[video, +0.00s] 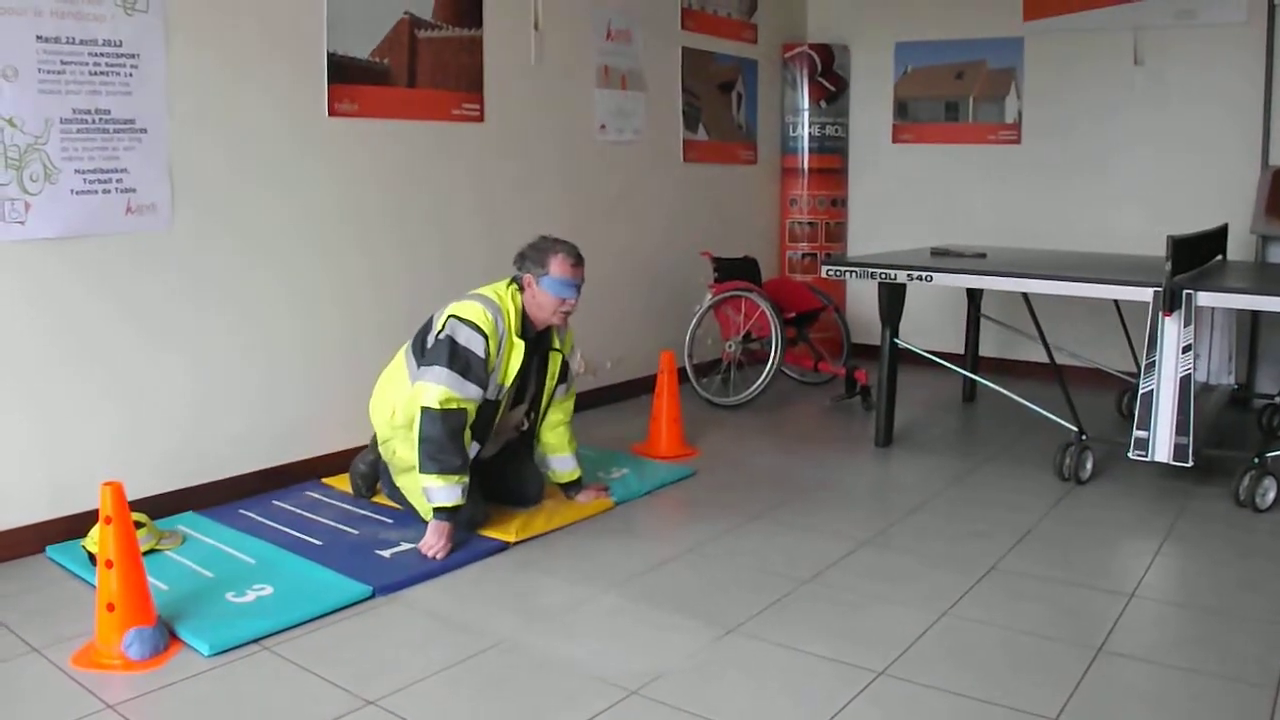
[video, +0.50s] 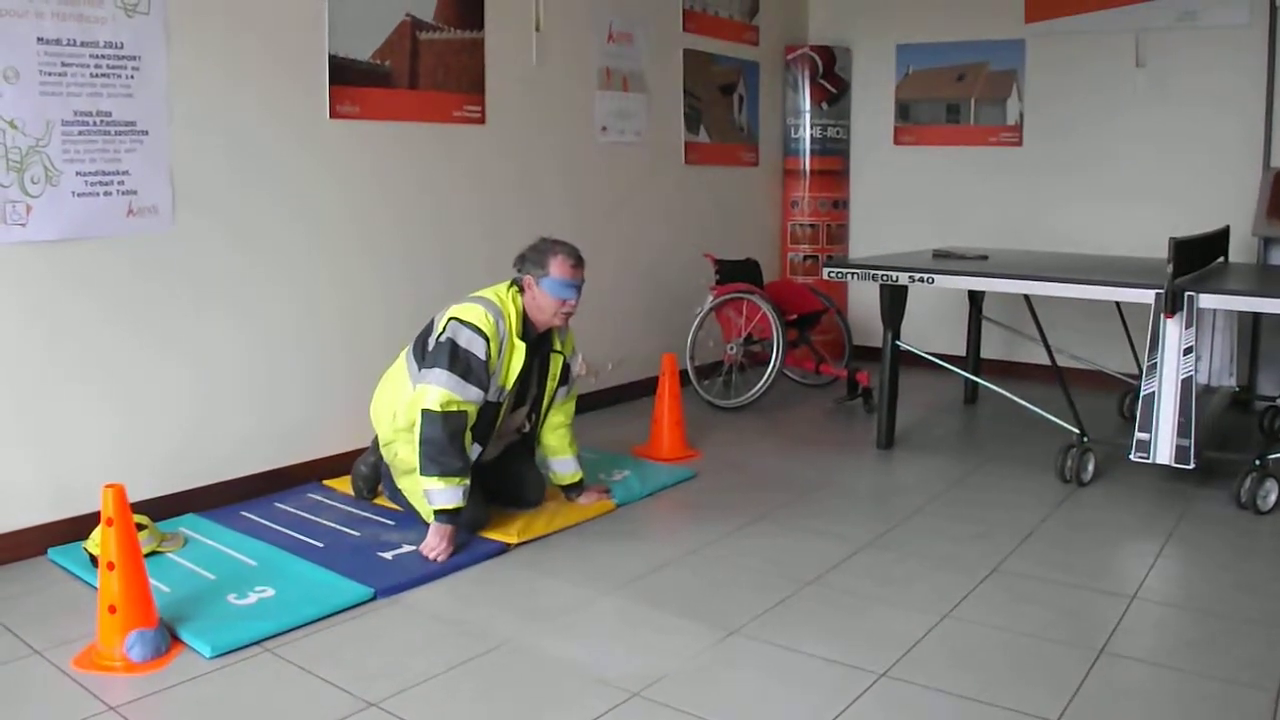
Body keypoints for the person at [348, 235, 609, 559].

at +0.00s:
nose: (572, 303)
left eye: (576, 292)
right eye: (562, 291)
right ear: (529, 284)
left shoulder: (556, 335)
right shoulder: (475, 321)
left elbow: (555, 412)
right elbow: (440, 414)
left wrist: (572, 486)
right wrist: (442, 514)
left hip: (482, 419)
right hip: (409, 424)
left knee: (526, 491)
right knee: (465, 518)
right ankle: (386, 466)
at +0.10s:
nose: (574, 304)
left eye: (579, 293)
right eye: (564, 291)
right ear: (531, 285)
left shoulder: (558, 334)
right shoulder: (477, 322)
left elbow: (556, 412)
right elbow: (442, 415)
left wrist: (573, 487)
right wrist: (443, 516)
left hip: (483, 420)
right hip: (411, 426)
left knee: (527, 492)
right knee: (466, 518)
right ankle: (386, 466)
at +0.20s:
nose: (575, 304)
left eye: (580, 294)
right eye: (565, 292)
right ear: (531, 286)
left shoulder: (559, 335)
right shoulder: (478, 322)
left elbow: (556, 413)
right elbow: (442, 414)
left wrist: (572, 487)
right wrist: (444, 516)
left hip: (482, 418)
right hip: (410, 424)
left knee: (527, 492)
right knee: (467, 517)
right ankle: (387, 466)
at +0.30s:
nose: (574, 305)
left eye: (579, 294)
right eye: (564, 293)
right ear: (531, 286)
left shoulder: (559, 335)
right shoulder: (478, 323)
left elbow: (556, 413)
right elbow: (442, 416)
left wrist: (573, 488)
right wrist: (444, 517)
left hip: (482, 419)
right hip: (411, 425)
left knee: (528, 492)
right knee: (468, 517)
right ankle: (387, 465)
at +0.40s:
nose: (572, 305)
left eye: (578, 293)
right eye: (563, 292)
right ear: (530, 287)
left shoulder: (558, 336)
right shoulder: (477, 323)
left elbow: (556, 413)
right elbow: (441, 416)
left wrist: (573, 488)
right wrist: (444, 517)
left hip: (481, 419)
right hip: (410, 425)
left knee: (528, 492)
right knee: (469, 517)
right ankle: (387, 467)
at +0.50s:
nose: (572, 304)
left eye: (577, 293)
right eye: (562, 292)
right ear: (529, 286)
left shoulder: (558, 338)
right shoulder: (476, 323)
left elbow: (555, 414)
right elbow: (441, 418)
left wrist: (573, 488)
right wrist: (444, 517)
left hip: (481, 420)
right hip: (410, 426)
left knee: (527, 493)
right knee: (469, 517)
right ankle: (387, 467)